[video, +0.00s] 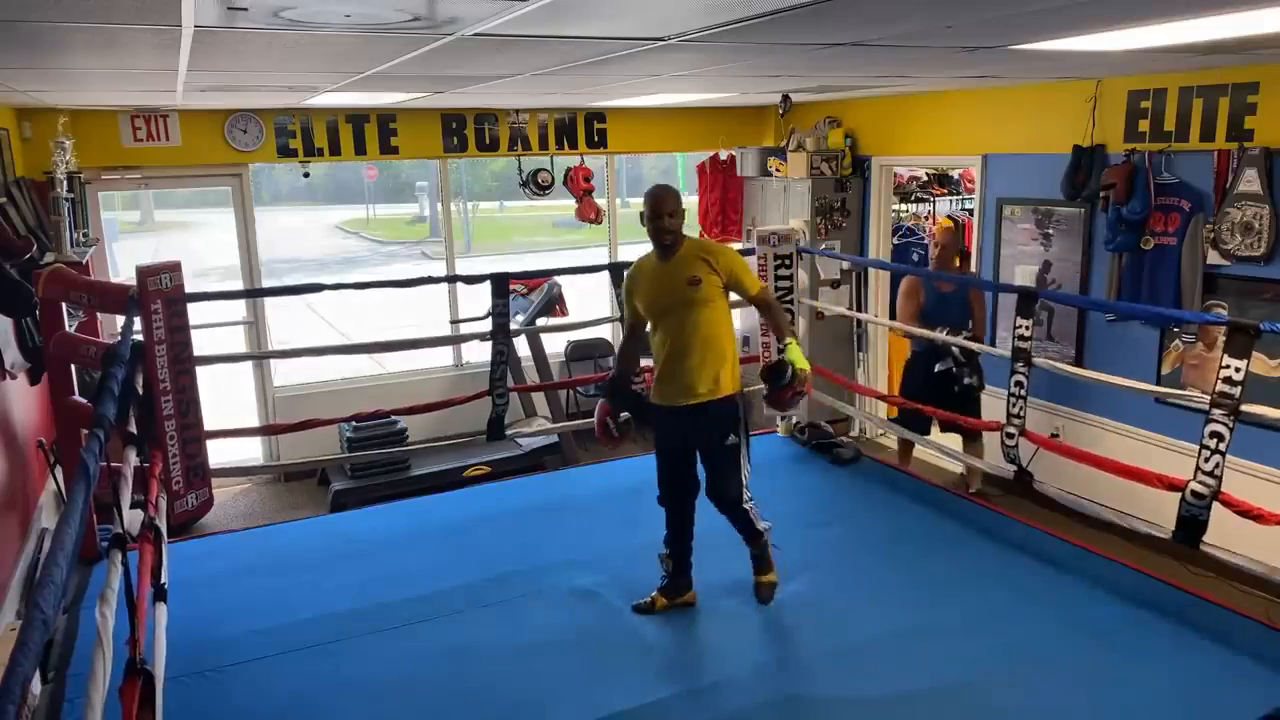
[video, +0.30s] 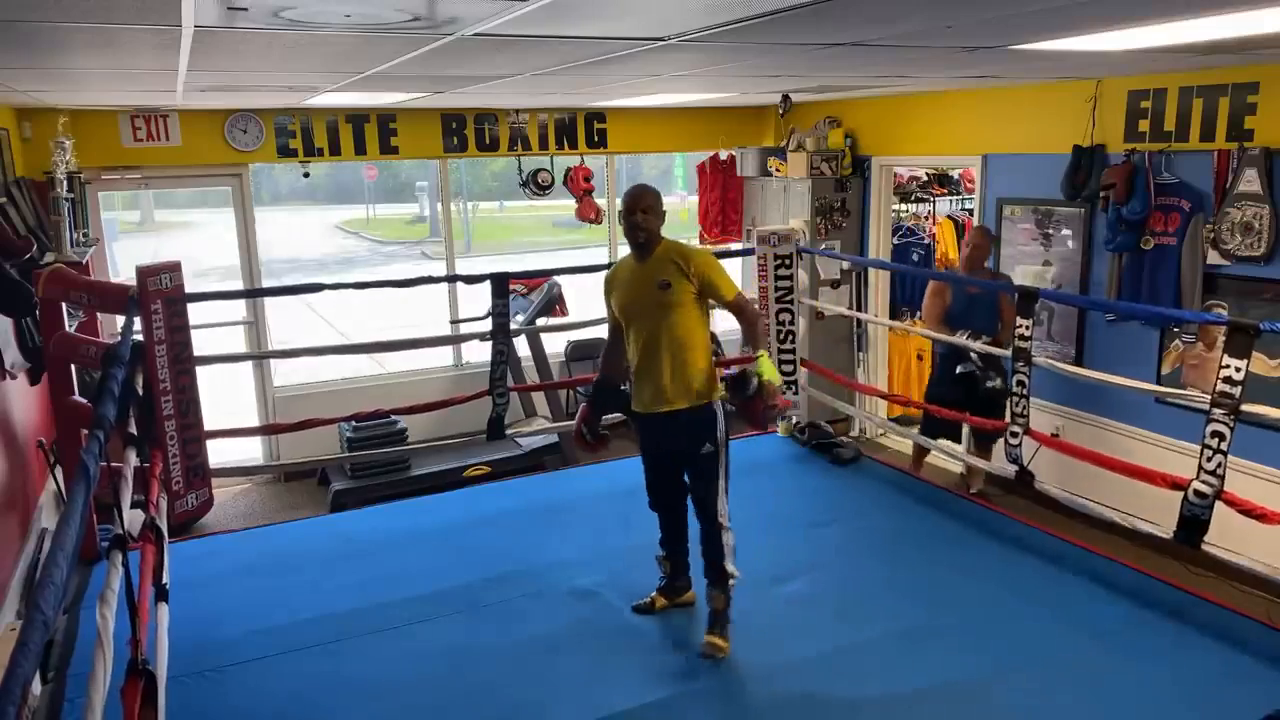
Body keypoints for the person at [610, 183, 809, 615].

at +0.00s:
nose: (665, 224)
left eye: (672, 215)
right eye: (656, 216)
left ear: (683, 216)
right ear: (643, 220)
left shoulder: (715, 256)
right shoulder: (637, 275)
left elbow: (766, 302)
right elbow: (634, 335)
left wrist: (792, 348)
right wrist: (613, 394)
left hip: (719, 396)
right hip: (670, 402)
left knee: (726, 495)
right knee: (676, 499)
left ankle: (760, 549)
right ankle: (678, 583)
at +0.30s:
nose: (637, 222)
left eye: (646, 213)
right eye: (629, 214)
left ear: (663, 216)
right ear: (621, 219)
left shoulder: (692, 261)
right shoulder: (615, 278)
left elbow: (747, 312)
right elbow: (616, 345)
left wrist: (756, 364)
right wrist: (595, 403)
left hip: (698, 404)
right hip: (650, 409)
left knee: (711, 510)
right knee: (666, 505)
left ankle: (719, 611)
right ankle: (676, 584)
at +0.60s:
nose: (653, 221)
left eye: (665, 215)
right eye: (649, 213)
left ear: (684, 225)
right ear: (640, 219)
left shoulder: (702, 278)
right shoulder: (625, 277)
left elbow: (734, 353)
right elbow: (615, 336)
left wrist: (685, 391)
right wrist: (573, 391)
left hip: (685, 424)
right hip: (637, 424)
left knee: (675, 531)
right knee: (647, 513)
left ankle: (680, 638)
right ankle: (670, 586)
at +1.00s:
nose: (673, 228)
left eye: (686, 222)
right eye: (668, 218)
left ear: (706, 233)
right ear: (658, 221)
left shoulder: (712, 292)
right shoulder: (629, 274)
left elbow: (692, 377)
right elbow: (571, 307)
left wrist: (627, 349)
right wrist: (532, 346)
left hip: (682, 445)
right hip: (625, 437)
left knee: (682, 551)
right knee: (597, 539)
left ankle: (680, 646)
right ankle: (624, 629)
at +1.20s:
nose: (660, 241)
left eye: (672, 233)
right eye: (653, 230)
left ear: (687, 240)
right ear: (638, 231)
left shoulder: (703, 301)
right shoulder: (605, 288)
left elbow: (698, 389)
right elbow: (573, 364)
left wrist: (628, 367)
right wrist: (571, 407)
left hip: (680, 460)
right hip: (616, 455)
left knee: (683, 563)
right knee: (605, 573)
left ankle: (679, 643)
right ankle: (595, 689)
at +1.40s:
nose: (633, 243)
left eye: (643, 234)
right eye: (623, 233)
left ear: (656, 239)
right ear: (606, 238)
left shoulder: (688, 301)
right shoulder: (575, 306)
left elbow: (723, 374)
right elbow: (560, 389)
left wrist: (692, 419)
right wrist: (582, 450)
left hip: (672, 471)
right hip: (604, 471)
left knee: (677, 572)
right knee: (598, 588)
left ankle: (678, 642)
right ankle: (595, 690)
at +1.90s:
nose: (674, 274)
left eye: (684, 262)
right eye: (663, 261)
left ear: (694, 263)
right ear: (637, 260)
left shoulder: (709, 324)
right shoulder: (588, 335)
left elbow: (719, 394)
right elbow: (557, 432)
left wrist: (746, 458)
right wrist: (548, 526)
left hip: (689, 510)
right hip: (609, 519)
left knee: (702, 639)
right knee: (598, 629)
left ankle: (707, 715)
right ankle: (596, 699)